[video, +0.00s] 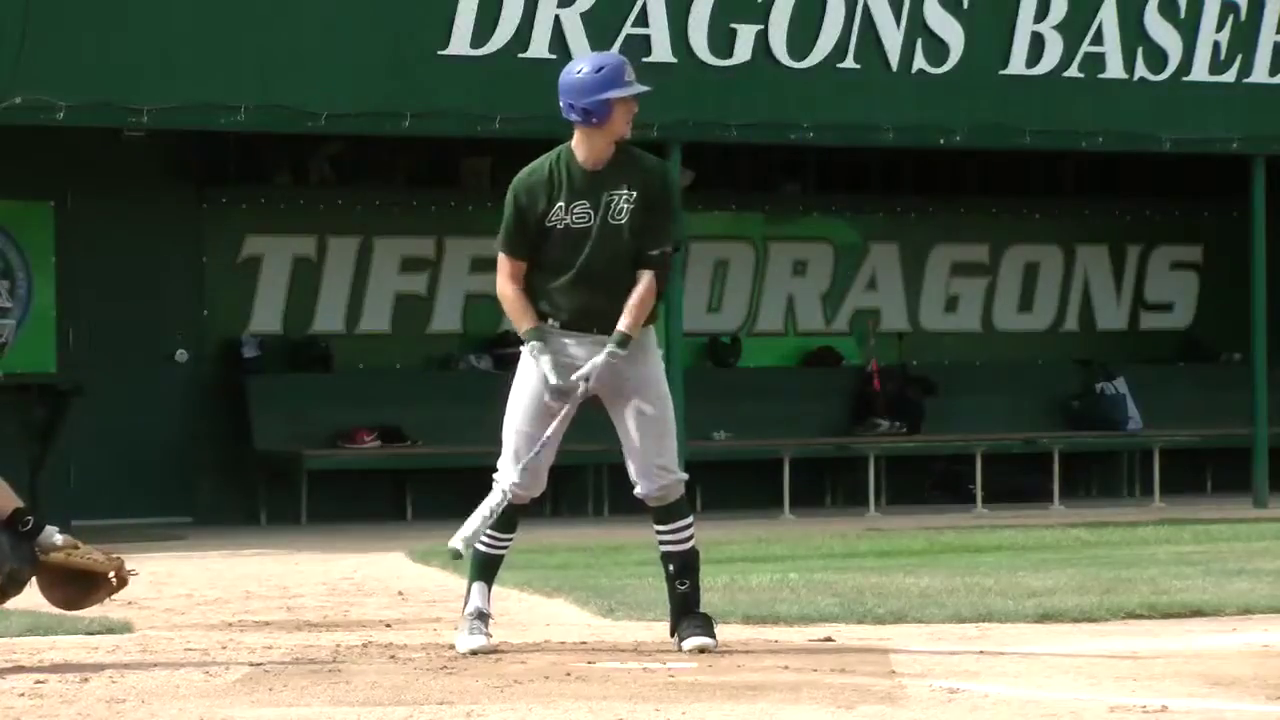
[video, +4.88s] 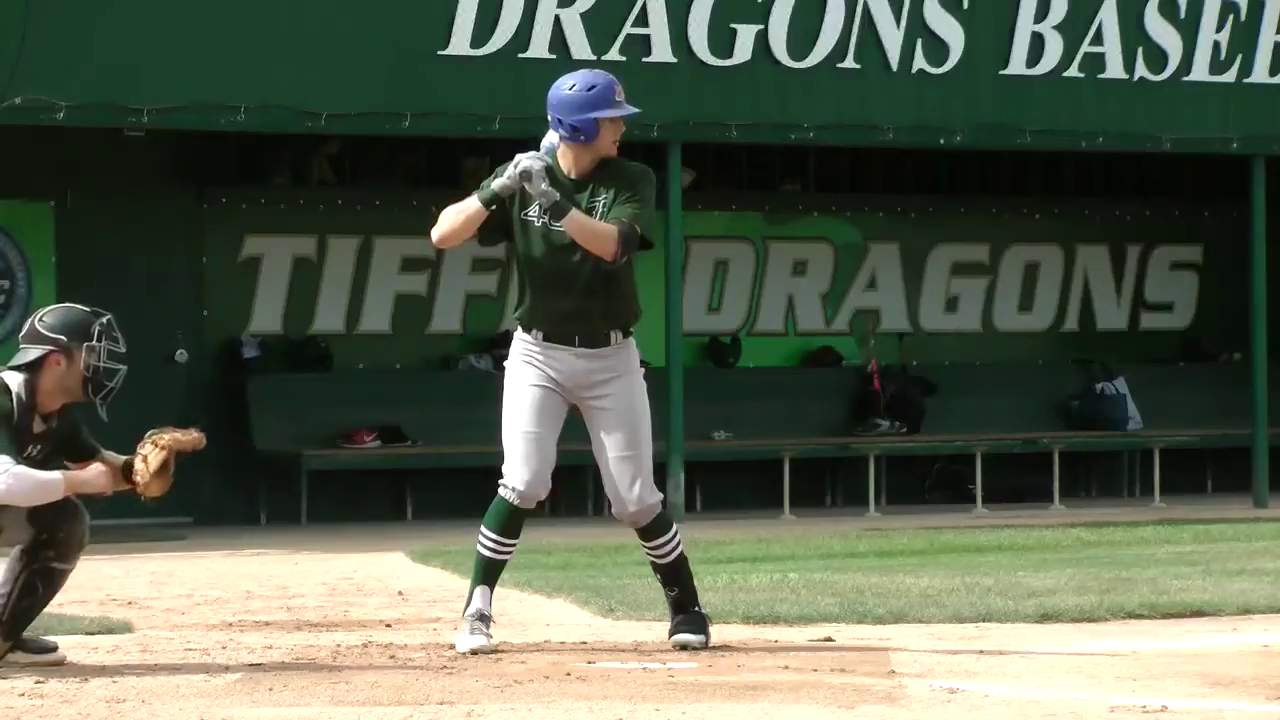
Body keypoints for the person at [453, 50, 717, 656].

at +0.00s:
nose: (634, 111)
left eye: (632, 101)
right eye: (623, 103)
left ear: (616, 108)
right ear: (590, 111)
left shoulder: (652, 179)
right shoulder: (532, 184)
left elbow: (651, 273)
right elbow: (507, 280)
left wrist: (617, 347)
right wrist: (538, 343)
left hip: (631, 343)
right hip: (551, 343)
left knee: (662, 481)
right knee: (516, 480)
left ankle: (688, 616)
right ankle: (476, 610)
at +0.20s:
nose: (627, 111)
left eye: (626, 102)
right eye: (617, 103)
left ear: (607, 110)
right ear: (583, 111)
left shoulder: (642, 174)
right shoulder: (525, 181)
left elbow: (640, 258)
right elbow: (507, 262)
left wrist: (574, 301)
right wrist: (508, 294)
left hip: (629, 348)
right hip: (549, 349)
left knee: (661, 479)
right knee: (516, 477)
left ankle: (688, 616)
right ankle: (476, 608)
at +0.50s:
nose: (592, 113)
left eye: (590, 104)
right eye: (582, 106)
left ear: (567, 112)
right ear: (547, 112)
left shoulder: (603, 170)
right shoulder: (489, 176)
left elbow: (593, 251)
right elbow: (434, 267)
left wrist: (513, 243)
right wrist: (451, 233)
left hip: (597, 346)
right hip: (519, 349)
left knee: (638, 477)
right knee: (498, 479)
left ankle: (688, 613)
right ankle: (473, 610)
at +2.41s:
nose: (623, 126)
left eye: (621, 117)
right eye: (614, 119)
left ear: (593, 122)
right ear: (582, 124)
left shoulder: (628, 179)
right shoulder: (521, 172)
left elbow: (616, 241)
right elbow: (432, 224)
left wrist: (550, 209)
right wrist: (488, 190)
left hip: (610, 358)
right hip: (533, 355)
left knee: (639, 495)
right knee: (525, 484)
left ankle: (687, 611)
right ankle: (477, 610)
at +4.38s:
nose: (621, 128)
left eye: (620, 119)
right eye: (611, 121)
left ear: (600, 124)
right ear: (578, 126)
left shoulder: (630, 178)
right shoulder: (523, 172)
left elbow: (617, 244)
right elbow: (440, 232)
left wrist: (554, 206)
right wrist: (496, 190)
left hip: (612, 358)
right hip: (535, 354)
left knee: (637, 497)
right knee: (523, 482)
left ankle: (687, 612)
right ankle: (477, 610)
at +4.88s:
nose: (621, 129)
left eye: (620, 120)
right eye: (611, 122)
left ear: (601, 124)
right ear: (577, 126)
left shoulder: (630, 179)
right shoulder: (523, 174)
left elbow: (616, 245)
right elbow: (442, 235)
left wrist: (554, 204)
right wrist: (497, 191)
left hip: (612, 359)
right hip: (535, 355)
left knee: (636, 498)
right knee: (523, 482)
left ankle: (686, 611)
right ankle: (477, 609)